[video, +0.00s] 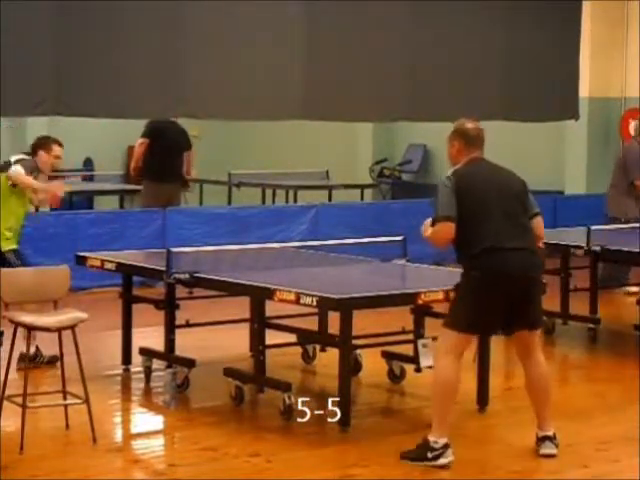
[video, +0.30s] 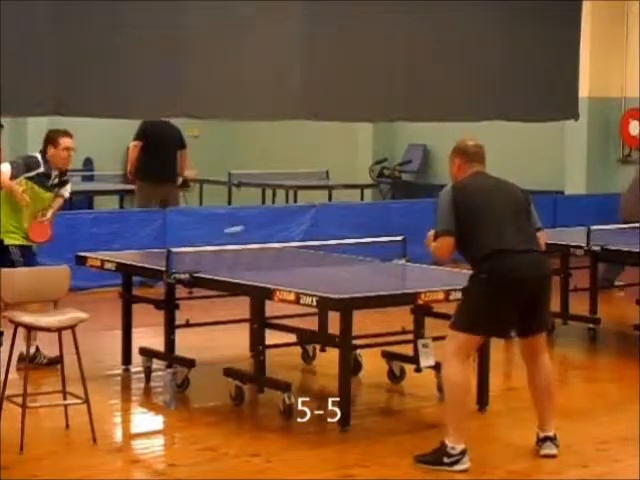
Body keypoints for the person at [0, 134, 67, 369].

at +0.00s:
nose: (57, 163)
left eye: (59, 158)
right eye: (55, 157)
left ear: (44, 157)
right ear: (40, 154)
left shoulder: (34, 172)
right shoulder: (24, 162)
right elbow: (14, 174)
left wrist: (46, 194)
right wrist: (43, 187)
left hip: (10, 242)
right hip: (5, 244)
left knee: (15, 291)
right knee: (32, 289)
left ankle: (31, 350)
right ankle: (30, 349)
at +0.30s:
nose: (70, 155)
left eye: (72, 150)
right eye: (65, 149)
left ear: (69, 153)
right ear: (50, 150)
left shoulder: (62, 178)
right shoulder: (31, 164)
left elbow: (61, 197)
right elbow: (2, 174)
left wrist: (50, 213)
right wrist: (13, 189)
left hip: (28, 237)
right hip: (8, 235)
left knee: (33, 290)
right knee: (31, 289)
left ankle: (31, 348)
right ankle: (30, 348)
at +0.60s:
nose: (71, 144)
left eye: (73, 139)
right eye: (67, 139)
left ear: (72, 142)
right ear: (52, 142)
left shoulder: (67, 170)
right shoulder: (35, 164)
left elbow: (62, 201)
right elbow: (5, 191)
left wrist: (68, 217)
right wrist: (27, 215)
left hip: (43, 238)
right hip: (21, 236)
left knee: (38, 287)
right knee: (45, 285)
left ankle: (19, 338)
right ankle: (32, 343)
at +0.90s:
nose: (86, 143)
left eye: (87, 138)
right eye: (81, 138)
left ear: (85, 141)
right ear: (67, 140)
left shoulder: (78, 167)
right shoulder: (51, 163)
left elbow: (74, 197)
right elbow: (23, 194)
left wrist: (83, 212)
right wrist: (47, 215)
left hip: (60, 237)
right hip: (37, 237)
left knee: (65, 284)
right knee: (52, 286)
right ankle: (35, 342)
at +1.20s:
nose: (101, 157)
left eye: (103, 152)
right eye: (97, 152)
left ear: (98, 156)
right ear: (82, 154)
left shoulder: (87, 182)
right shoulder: (67, 174)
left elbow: (88, 215)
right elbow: (50, 210)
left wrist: (96, 226)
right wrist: (84, 227)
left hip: (64, 244)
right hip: (43, 243)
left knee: (87, 284)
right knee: (64, 286)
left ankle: (68, 329)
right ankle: (40, 342)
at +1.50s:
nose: (105, 174)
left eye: (105, 169)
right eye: (101, 169)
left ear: (80, 169)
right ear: (86, 167)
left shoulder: (57, 183)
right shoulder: (88, 185)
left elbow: (35, 204)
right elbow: (117, 203)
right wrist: (149, 218)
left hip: (26, 248)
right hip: (51, 255)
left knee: (58, 297)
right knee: (79, 303)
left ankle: (49, 341)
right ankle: (46, 350)